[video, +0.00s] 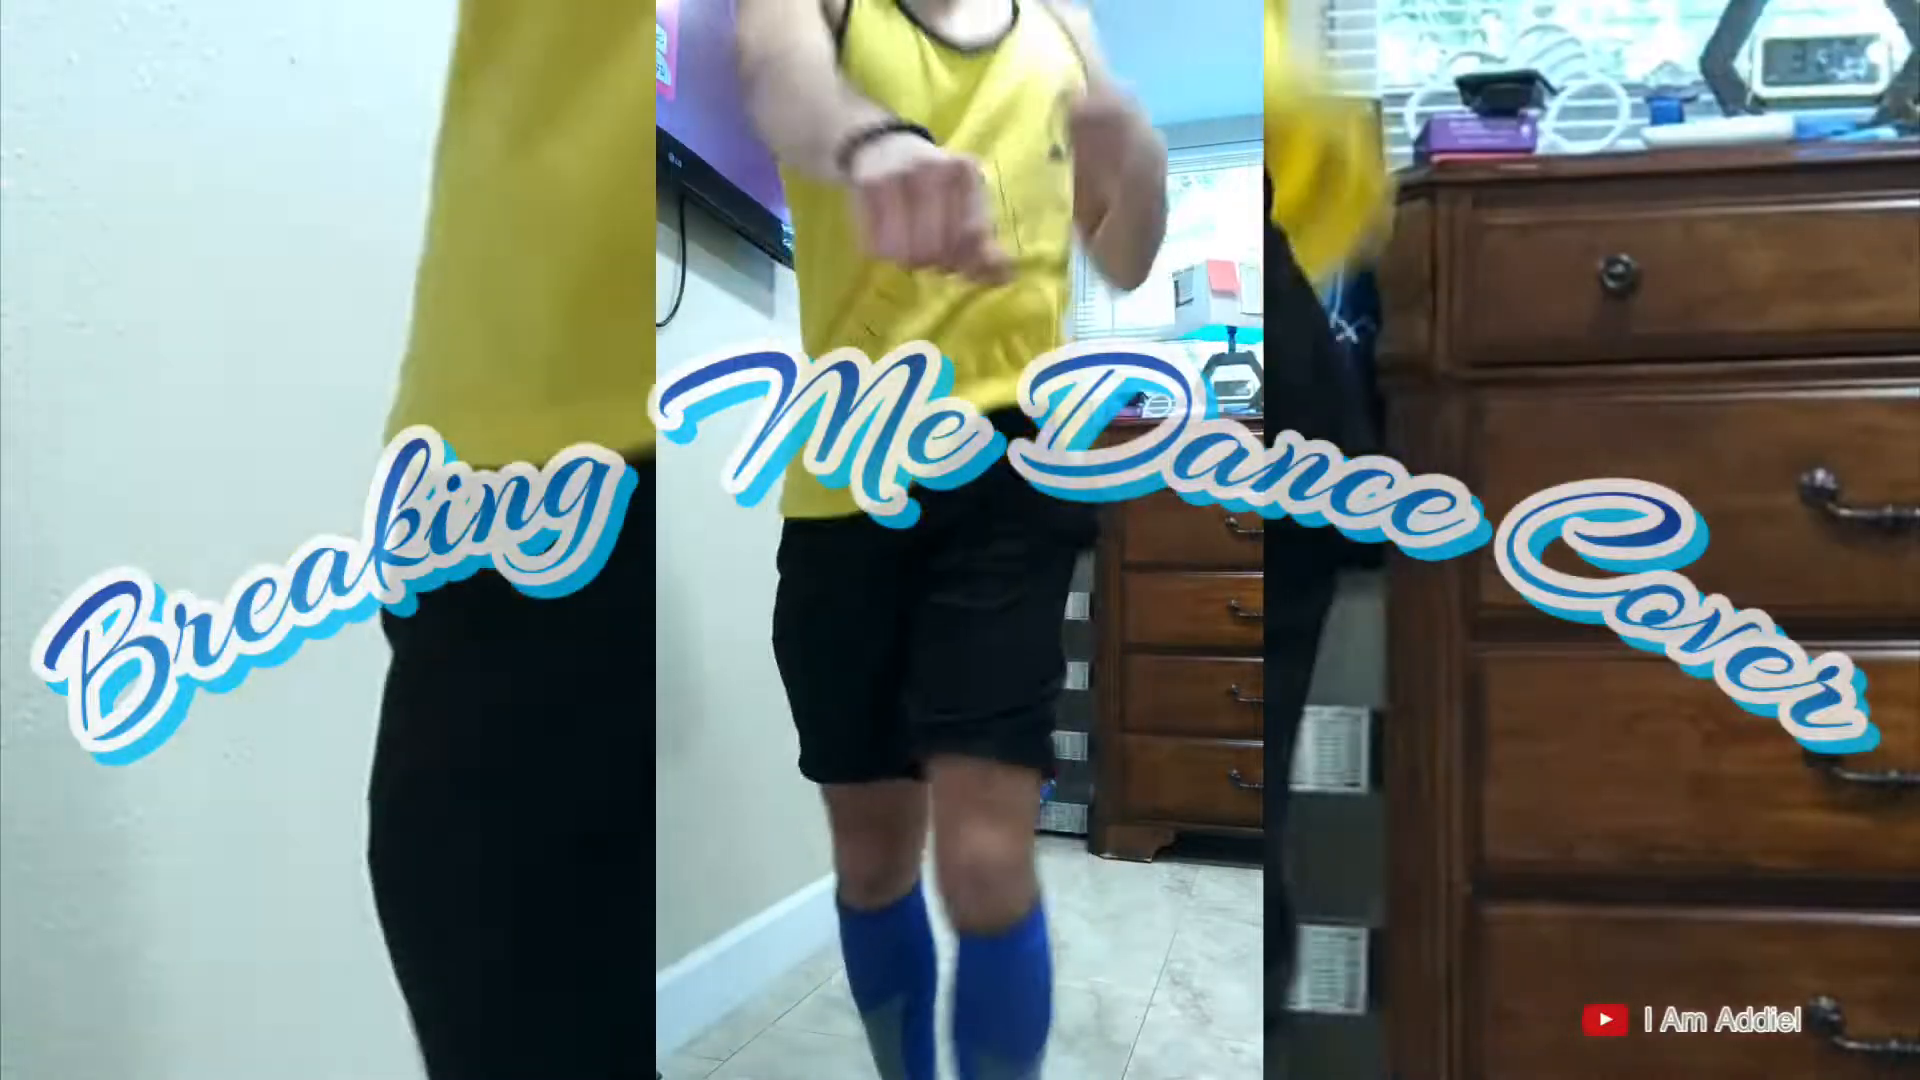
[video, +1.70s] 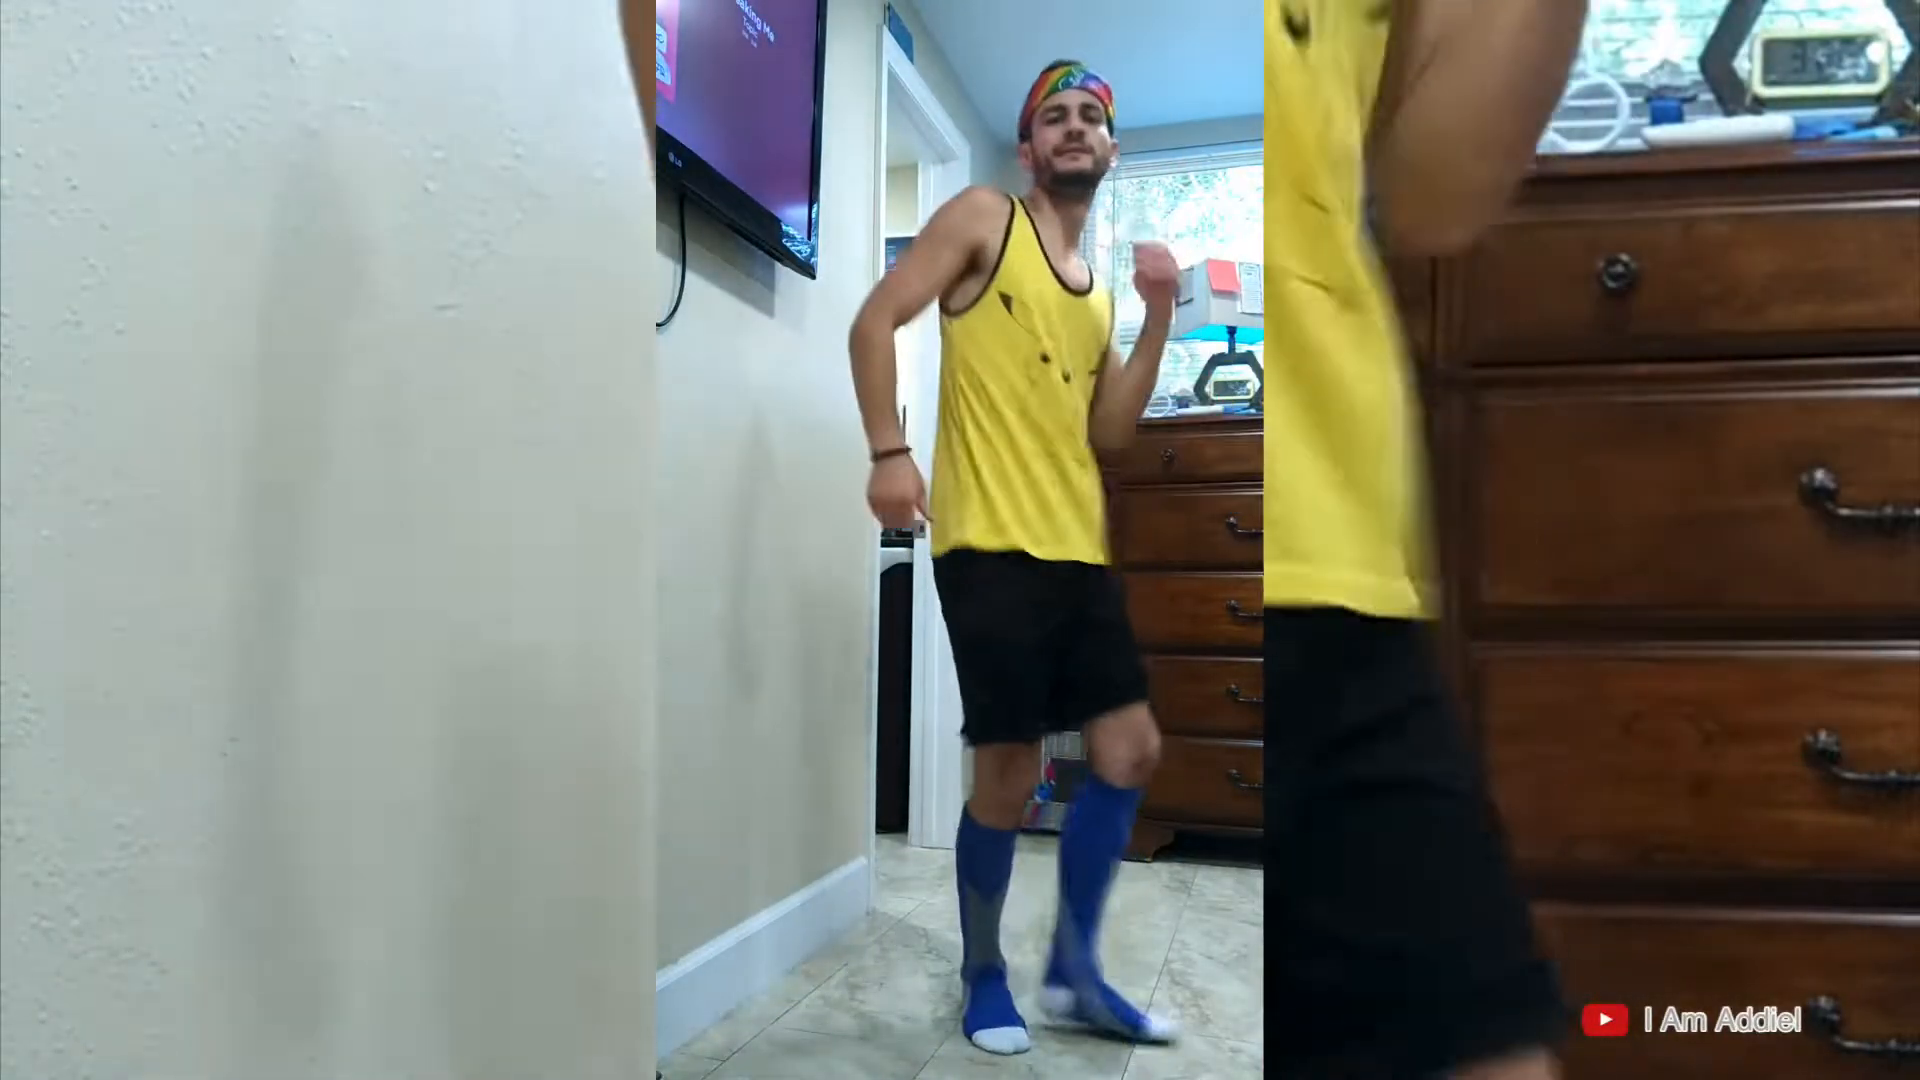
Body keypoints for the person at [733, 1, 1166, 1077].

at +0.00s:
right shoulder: (806, 12)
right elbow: (788, 78)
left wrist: (1117, 154)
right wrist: (874, 140)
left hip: (1013, 473)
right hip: (845, 482)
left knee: (983, 861)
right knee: (872, 865)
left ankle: (1000, 1065)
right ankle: (907, 1069)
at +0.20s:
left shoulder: (1062, 104)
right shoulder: (840, 53)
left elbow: (1125, 291)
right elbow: (748, 231)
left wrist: (1105, 112)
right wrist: (858, 314)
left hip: (1034, 522)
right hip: (873, 528)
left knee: (1086, 832)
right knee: (879, 849)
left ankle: (1027, 1047)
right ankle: (901, 1067)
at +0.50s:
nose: (1025, 8)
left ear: (1086, 25)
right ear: (977, 23)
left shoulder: (1139, 164)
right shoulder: (919, 161)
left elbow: (1170, 295)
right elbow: (853, 325)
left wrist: (1033, 197)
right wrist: (816, 477)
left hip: (1085, 534)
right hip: (943, 529)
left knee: (1073, 800)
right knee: (925, 806)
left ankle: (1068, 1028)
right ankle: (910, 1068)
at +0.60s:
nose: (1039, 30)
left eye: (1063, 17)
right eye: (1017, 21)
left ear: (1102, 58)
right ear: (992, 66)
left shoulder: (1151, 200)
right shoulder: (937, 191)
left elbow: (1127, 343)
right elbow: (905, 351)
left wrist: (964, 272)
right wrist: (863, 479)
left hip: (1091, 549)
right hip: (958, 540)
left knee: (1080, 808)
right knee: (949, 785)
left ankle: (1067, 1027)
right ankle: (963, 1032)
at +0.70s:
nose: (1038, 54)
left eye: (1061, 39)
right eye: (1018, 43)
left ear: (1099, 74)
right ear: (994, 82)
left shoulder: (1147, 202)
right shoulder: (948, 209)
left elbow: (1111, 339)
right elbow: (927, 358)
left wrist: (945, 367)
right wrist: (901, 443)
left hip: (1099, 554)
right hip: (972, 547)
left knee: (1086, 804)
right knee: (955, 790)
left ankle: (1068, 1023)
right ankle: (1011, 939)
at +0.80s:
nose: (1021, 53)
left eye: (1046, 36)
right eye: (1002, 39)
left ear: (1082, 67)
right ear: (980, 71)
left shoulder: (1129, 164)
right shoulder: (953, 207)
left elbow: (1111, 305)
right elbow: (952, 337)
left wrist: (1058, 450)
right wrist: (906, 419)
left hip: (1096, 543)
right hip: (972, 542)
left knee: (1080, 788)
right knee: (966, 795)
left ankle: (1071, 1017)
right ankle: (1027, 944)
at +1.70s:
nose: (1076, 127)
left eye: (1091, 116)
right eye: (1056, 117)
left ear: (1113, 148)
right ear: (1026, 146)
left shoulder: (1090, 286)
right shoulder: (985, 215)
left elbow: (1110, 431)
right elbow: (873, 323)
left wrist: (1157, 319)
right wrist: (889, 453)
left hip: (1073, 540)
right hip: (987, 535)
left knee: (1127, 747)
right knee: (1009, 771)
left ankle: (1074, 970)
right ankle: (984, 980)